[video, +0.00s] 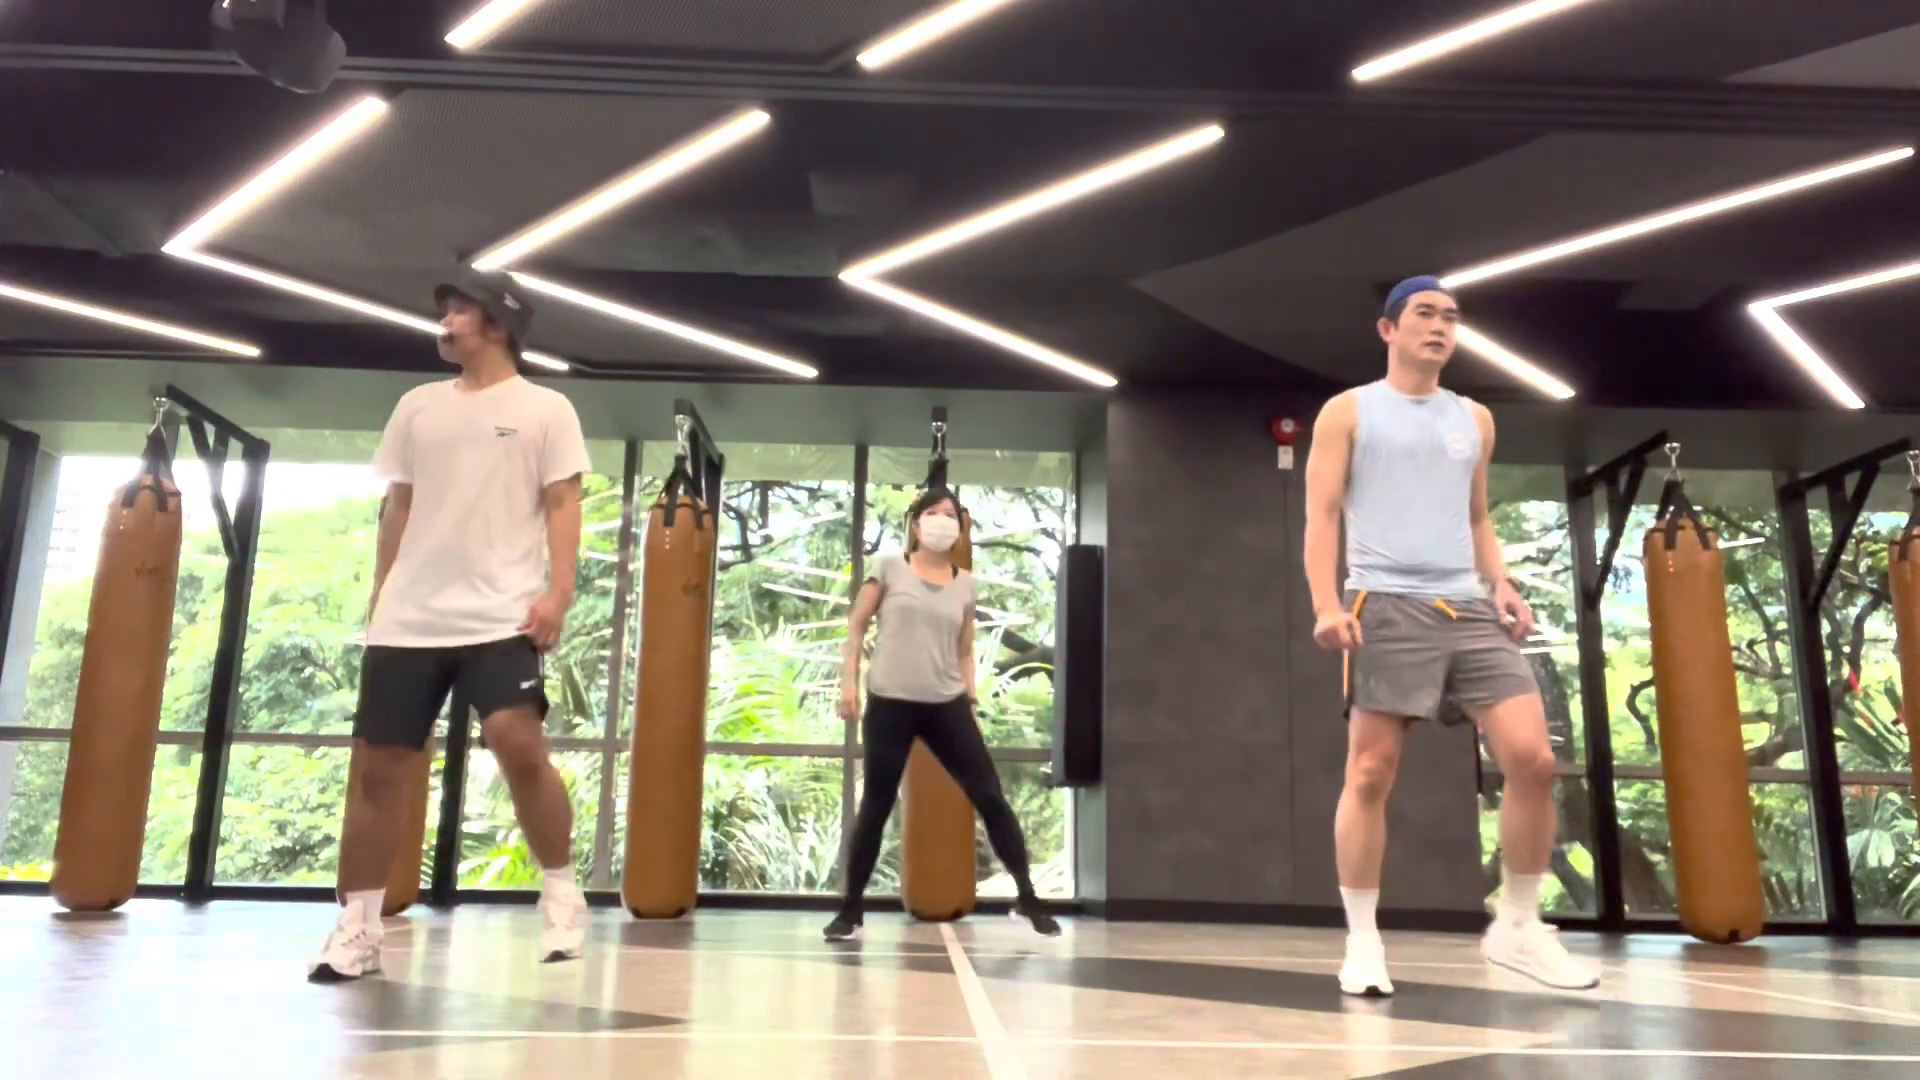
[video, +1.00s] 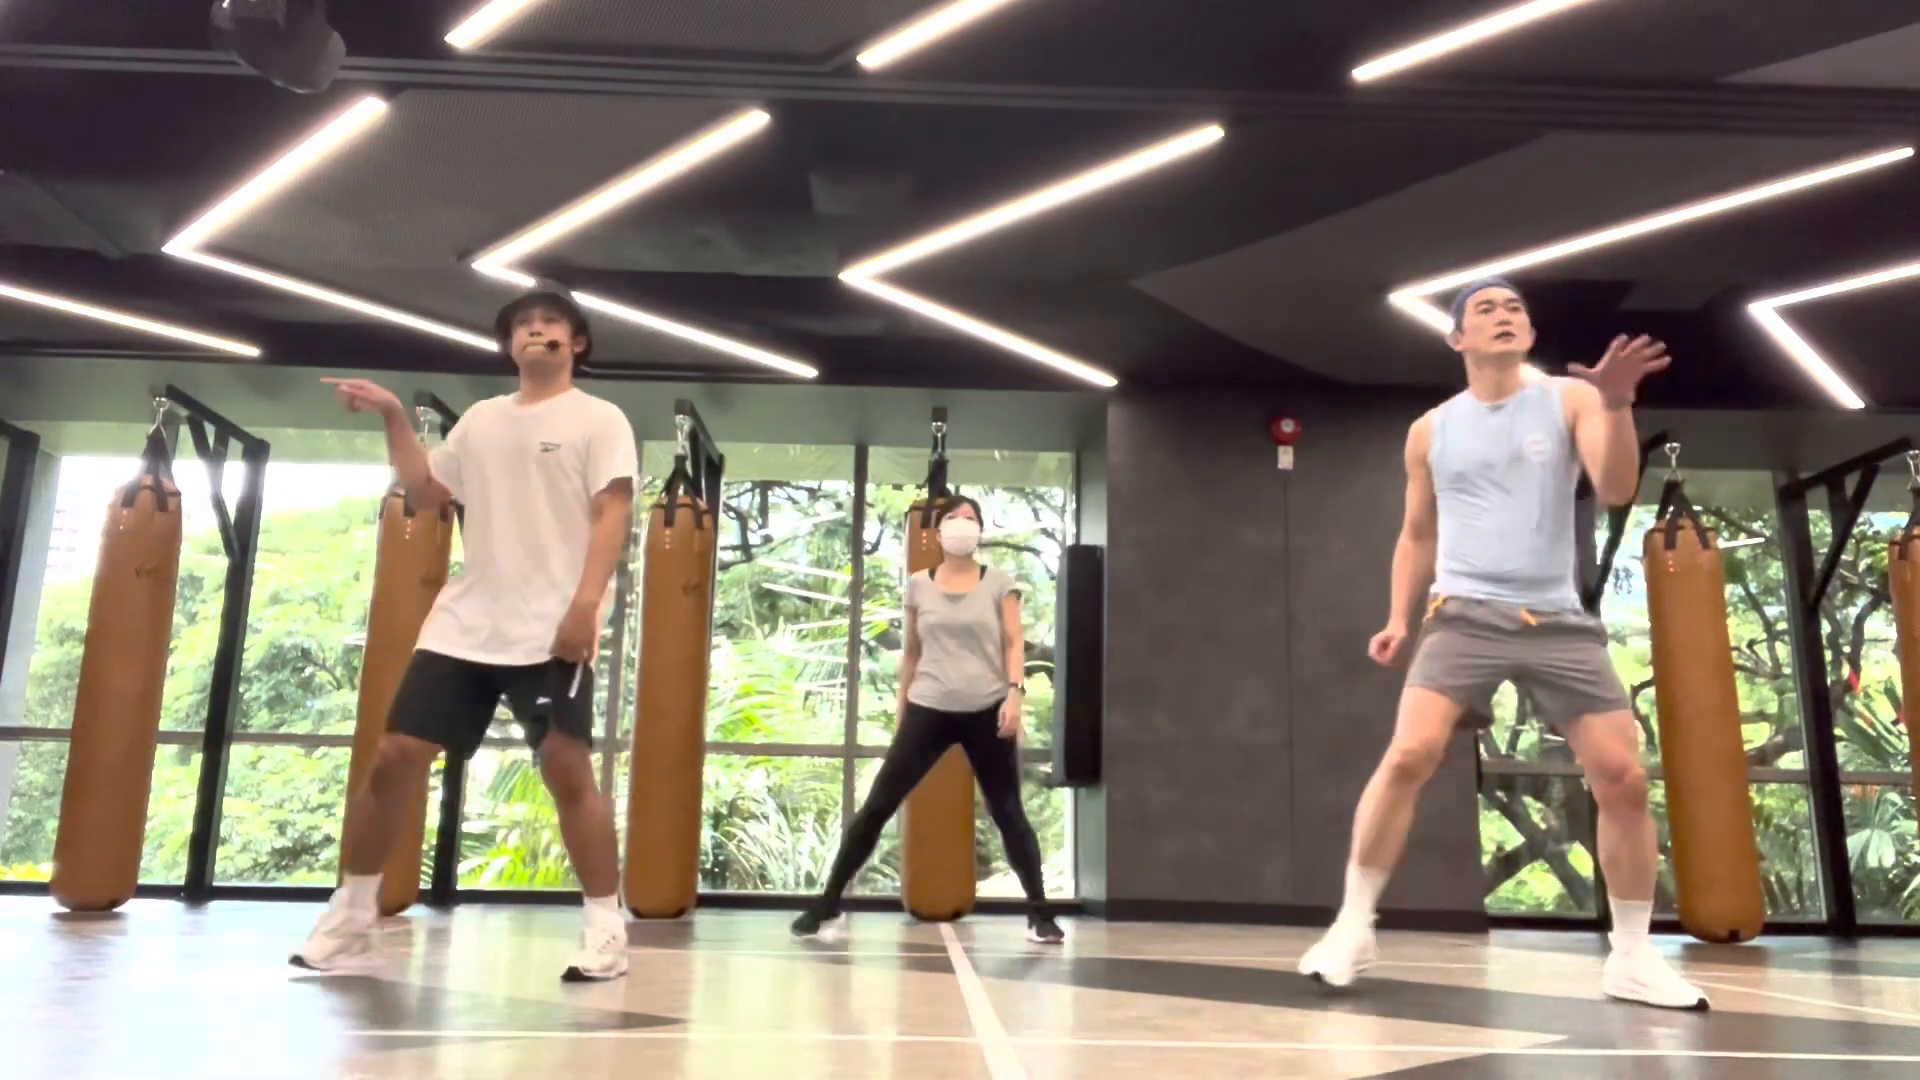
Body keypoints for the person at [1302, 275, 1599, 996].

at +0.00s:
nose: (1441, 326)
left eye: (1450, 318)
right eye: (1426, 313)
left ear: (1456, 336)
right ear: (1388, 328)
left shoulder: (1475, 421)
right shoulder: (1347, 412)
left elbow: (1480, 520)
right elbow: (1322, 514)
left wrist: (1501, 585)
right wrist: (1327, 605)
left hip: (1474, 611)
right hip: (1389, 611)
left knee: (1535, 762)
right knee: (1370, 774)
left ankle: (1517, 928)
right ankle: (1363, 946)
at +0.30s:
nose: (1511, 325)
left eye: (1518, 316)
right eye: (1492, 318)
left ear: (1531, 337)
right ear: (1460, 345)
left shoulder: (1556, 422)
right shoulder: (1436, 421)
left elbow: (1554, 508)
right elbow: (1396, 518)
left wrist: (1572, 576)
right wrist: (1384, 608)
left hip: (1555, 623)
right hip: (1470, 623)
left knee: (1608, 777)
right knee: (1420, 780)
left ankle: (1628, 958)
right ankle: (1371, 942)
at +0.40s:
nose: (1533, 319)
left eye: (1539, 309)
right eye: (1513, 313)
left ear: (1554, 329)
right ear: (1485, 342)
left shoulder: (1586, 421)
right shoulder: (1460, 415)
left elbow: (1596, 499)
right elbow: (1416, 513)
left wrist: (1610, 549)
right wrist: (1408, 603)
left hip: (1581, 620)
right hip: (1495, 618)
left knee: (1620, 776)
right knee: (1462, 776)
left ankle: (1630, 958)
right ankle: (1416, 931)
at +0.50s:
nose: (1547, 316)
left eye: (1554, 307)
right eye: (1527, 310)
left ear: (1569, 327)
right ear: (1499, 338)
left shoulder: (1602, 416)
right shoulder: (1469, 412)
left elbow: (1621, 492)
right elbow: (1425, 511)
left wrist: (1640, 524)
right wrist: (1428, 603)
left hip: (1597, 614)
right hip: (1512, 614)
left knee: (1627, 775)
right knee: (1521, 775)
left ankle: (1630, 956)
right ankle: (1491, 919)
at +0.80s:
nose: (1550, 316)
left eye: (1560, 308)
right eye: (1532, 310)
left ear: (1578, 331)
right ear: (1504, 339)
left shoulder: (1608, 414)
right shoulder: (1468, 418)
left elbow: (1623, 513)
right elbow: (1442, 523)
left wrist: (1622, 422)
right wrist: (1439, 621)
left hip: (1597, 616)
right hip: (1508, 616)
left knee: (1637, 772)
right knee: (1516, 759)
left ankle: (1633, 955)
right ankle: (1523, 910)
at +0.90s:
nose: (1531, 309)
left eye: (1541, 301)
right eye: (1513, 303)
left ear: (1559, 328)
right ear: (1485, 332)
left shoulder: (1591, 396)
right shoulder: (1453, 418)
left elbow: (1627, 487)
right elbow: (1433, 523)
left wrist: (1619, 392)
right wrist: (1424, 616)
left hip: (1581, 614)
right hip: (1484, 609)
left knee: (1625, 772)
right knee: (1457, 748)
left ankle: (1633, 955)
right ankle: (1443, 916)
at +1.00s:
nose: (1503, 314)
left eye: (1515, 306)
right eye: (1485, 309)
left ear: (1533, 333)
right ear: (1459, 340)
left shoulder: (1571, 396)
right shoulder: (1430, 430)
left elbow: (1617, 490)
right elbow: (1417, 532)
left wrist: (1616, 399)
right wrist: (1400, 617)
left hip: (1561, 625)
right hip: (1462, 623)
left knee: (1623, 775)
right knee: (1409, 756)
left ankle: (1631, 958)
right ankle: (1352, 928)